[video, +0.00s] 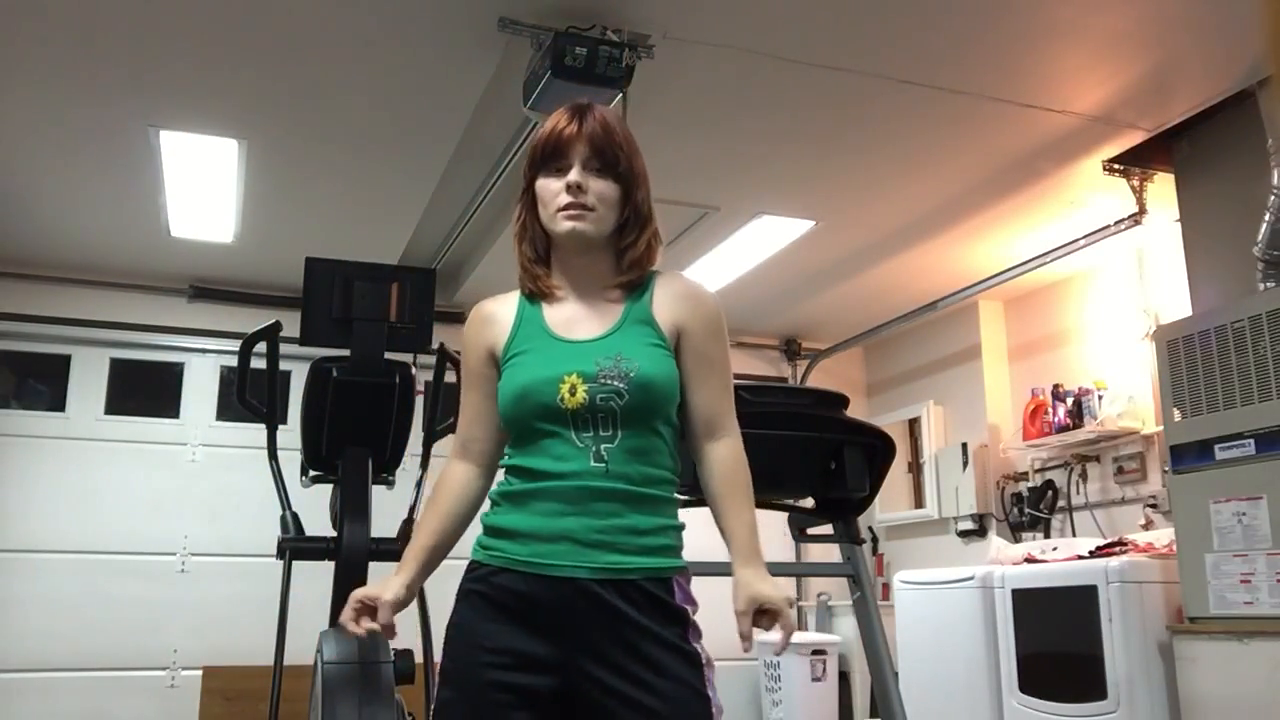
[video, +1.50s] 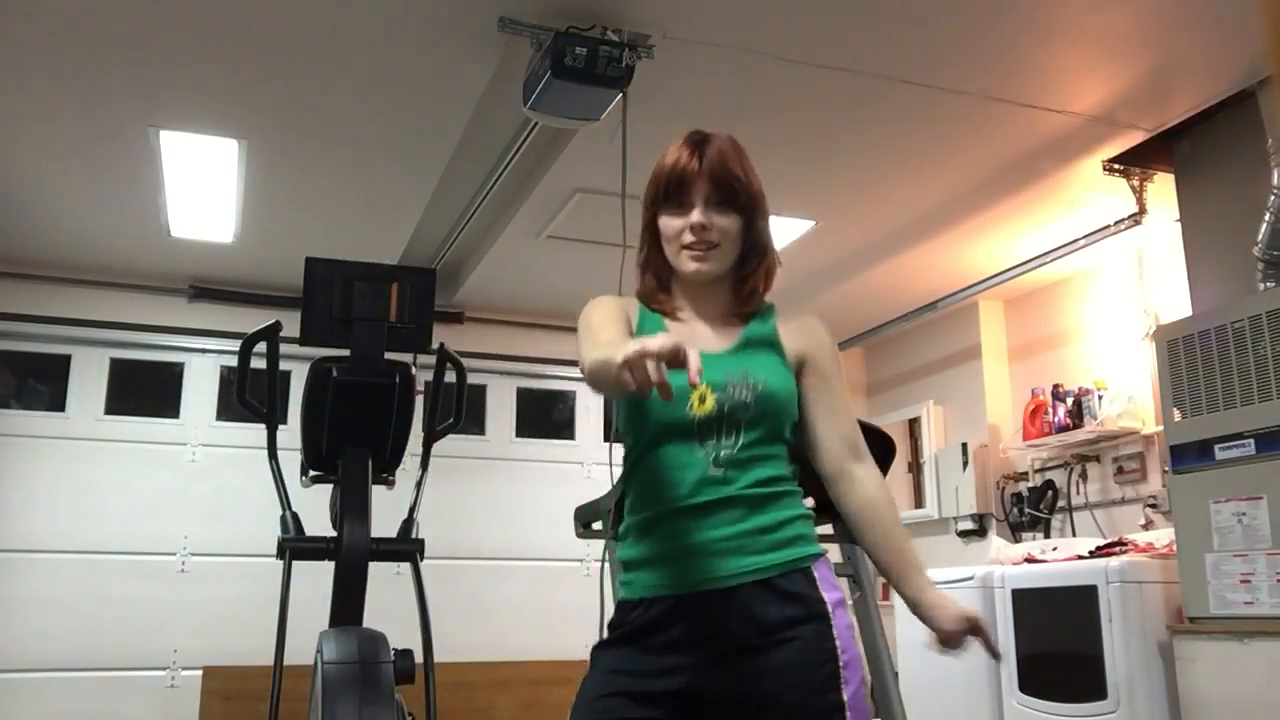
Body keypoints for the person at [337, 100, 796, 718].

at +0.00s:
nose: (575, 181)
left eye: (598, 168)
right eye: (556, 167)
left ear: (628, 195)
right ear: (533, 194)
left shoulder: (681, 305)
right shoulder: (493, 320)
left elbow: (716, 439)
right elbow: (470, 460)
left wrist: (749, 566)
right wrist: (404, 577)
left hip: (641, 609)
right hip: (504, 605)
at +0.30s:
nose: (559, 178)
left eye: (584, 166)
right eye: (541, 165)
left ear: (613, 192)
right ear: (518, 191)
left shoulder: (662, 298)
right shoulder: (478, 318)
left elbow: (700, 428)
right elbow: (456, 459)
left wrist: (729, 553)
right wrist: (406, 585)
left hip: (631, 605)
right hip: (496, 604)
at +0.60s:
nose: (556, 195)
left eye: (577, 178)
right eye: (536, 180)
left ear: (608, 199)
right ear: (515, 202)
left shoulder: (667, 317)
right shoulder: (476, 326)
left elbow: (705, 435)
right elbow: (454, 459)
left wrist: (730, 539)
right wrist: (349, 543)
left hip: (624, 622)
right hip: (488, 617)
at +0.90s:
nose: (603, 176)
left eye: (627, 159)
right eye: (584, 160)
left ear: (656, 179)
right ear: (561, 180)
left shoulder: (692, 268)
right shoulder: (529, 282)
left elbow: (751, 365)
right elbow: (436, 339)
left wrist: (775, 471)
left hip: (669, 570)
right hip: (545, 572)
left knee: (710, 710)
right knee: (517, 708)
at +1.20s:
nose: (668, 231)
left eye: (691, 217)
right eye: (650, 215)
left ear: (718, 236)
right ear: (627, 231)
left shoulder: (766, 337)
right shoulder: (592, 324)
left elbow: (808, 475)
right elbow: (575, 366)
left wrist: (854, 617)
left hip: (766, 621)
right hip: (640, 636)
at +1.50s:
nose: (697, 221)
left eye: (720, 204)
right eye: (676, 204)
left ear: (750, 221)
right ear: (654, 221)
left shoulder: (798, 334)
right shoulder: (615, 315)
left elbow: (849, 470)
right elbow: (600, 362)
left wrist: (928, 599)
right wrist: (629, 361)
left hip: (786, 614)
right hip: (655, 623)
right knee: (597, 711)